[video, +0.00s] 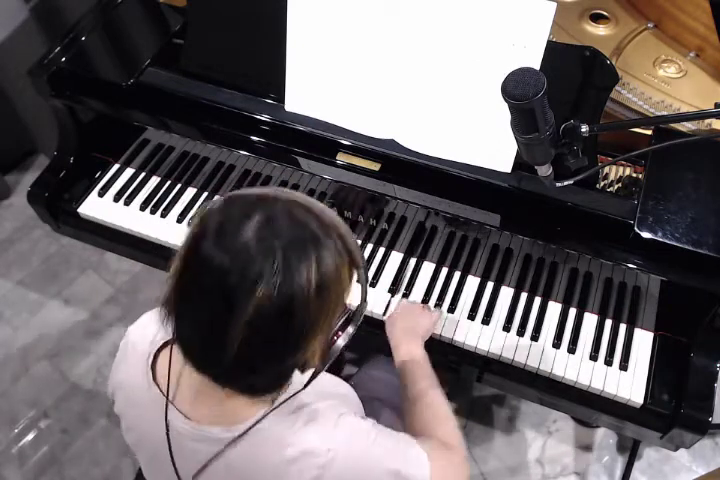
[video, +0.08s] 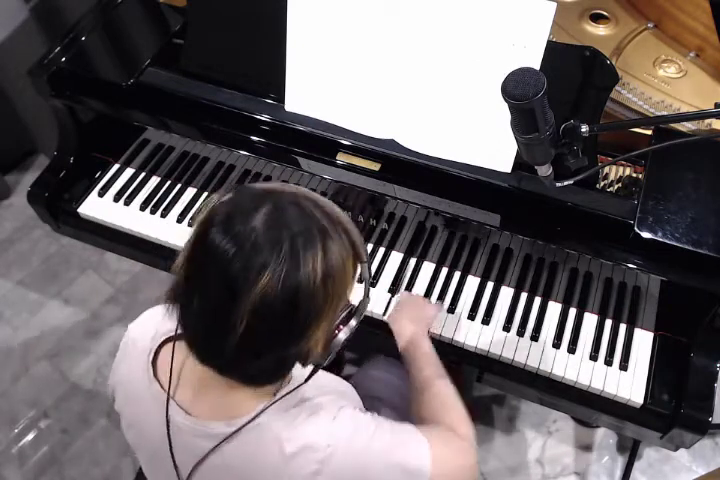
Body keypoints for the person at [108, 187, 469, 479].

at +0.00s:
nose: (336, 310)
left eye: (337, 302)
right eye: (332, 304)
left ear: (189, 277)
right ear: (300, 332)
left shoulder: (141, 341)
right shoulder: (324, 446)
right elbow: (450, 464)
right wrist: (409, 346)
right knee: (380, 368)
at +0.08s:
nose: (340, 303)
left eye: (342, 294)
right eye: (337, 297)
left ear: (194, 272)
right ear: (304, 329)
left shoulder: (144, 336)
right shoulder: (318, 441)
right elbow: (458, 457)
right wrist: (413, 334)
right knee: (383, 352)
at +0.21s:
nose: (346, 301)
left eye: (346, 292)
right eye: (342, 295)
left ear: (200, 263)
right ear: (314, 324)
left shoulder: (146, 332)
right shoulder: (320, 431)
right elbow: (458, 430)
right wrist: (413, 318)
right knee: (387, 366)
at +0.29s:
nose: (352, 296)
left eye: (349, 288)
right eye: (347, 291)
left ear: (204, 261)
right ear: (319, 320)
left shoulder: (150, 327)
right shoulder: (326, 431)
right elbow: (446, 424)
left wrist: (310, 338)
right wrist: (409, 310)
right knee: (386, 369)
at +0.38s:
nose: (354, 294)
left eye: (352, 287)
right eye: (349, 289)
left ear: (206, 264)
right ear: (321, 317)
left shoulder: (152, 322)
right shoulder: (330, 426)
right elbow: (433, 423)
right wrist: (400, 308)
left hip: (162, 466)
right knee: (387, 370)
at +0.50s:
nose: (359, 295)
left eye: (356, 284)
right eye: (353, 289)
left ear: (206, 265)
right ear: (327, 317)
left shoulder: (154, 320)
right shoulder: (337, 429)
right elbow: (422, 430)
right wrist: (391, 311)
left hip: (164, 463)